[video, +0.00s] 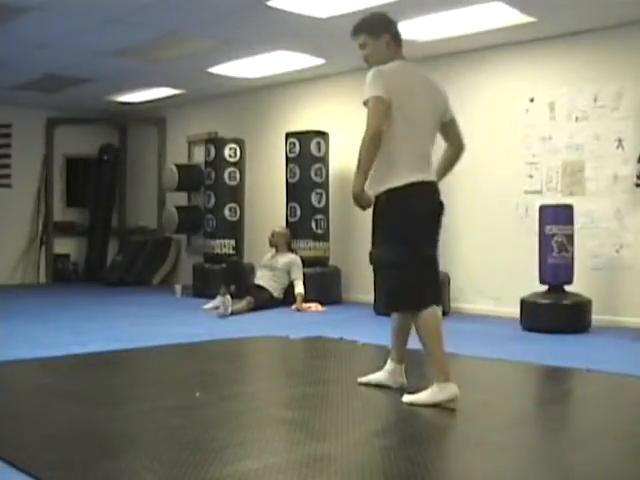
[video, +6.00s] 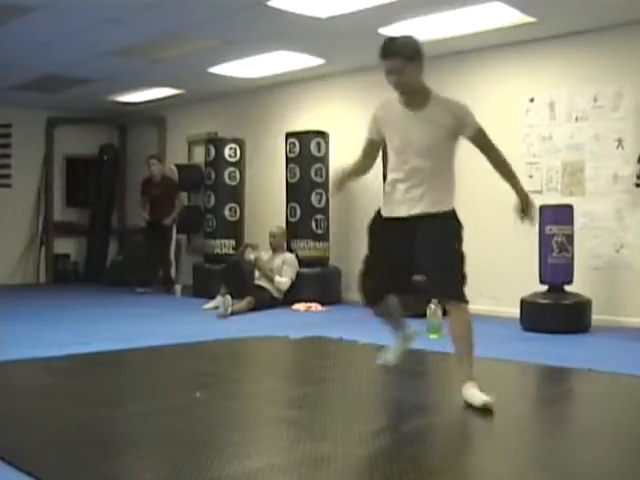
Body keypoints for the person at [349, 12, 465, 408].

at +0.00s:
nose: (362, 55)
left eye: (365, 47)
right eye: (360, 48)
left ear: (389, 41)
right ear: (394, 46)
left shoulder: (381, 76)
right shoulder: (429, 83)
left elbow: (375, 129)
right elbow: (456, 145)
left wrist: (358, 183)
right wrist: (431, 180)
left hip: (397, 197)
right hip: (425, 196)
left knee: (419, 291)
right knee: (402, 288)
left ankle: (443, 382)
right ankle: (395, 368)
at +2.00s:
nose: (259, 97)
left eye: (260, 87)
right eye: (251, 93)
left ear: (273, 78)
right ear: (247, 95)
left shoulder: (313, 106)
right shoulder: (252, 123)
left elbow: (351, 150)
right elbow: (236, 171)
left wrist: (331, 191)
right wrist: (245, 206)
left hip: (314, 219)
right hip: (268, 223)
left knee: (341, 289)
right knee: (240, 288)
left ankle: (349, 368)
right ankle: (259, 358)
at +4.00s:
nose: (250, 155)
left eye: (254, 148)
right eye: (246, 149)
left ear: (272, 137)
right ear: (246, 143)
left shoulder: (309, 156)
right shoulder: (259, 158)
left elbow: (343, 205)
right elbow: (245, 195)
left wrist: (357, 254)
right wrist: (217, 234)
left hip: (327, 234)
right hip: (290, 234)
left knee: (331, 298)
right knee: (237, 276)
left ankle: (355, 366)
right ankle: (252, 348)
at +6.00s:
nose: (394, 79)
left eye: (400, 71)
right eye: (388, 72)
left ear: (420, 66)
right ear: (384, 73)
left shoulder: (452, 111)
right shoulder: (384, 113)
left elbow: (490, 151)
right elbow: (366, 158)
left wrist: (520, 191)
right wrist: (347, 175)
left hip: (437, 219)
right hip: (391, 221)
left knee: (452, 297)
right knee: (372, 291)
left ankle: (468, 383)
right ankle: (403, 333)